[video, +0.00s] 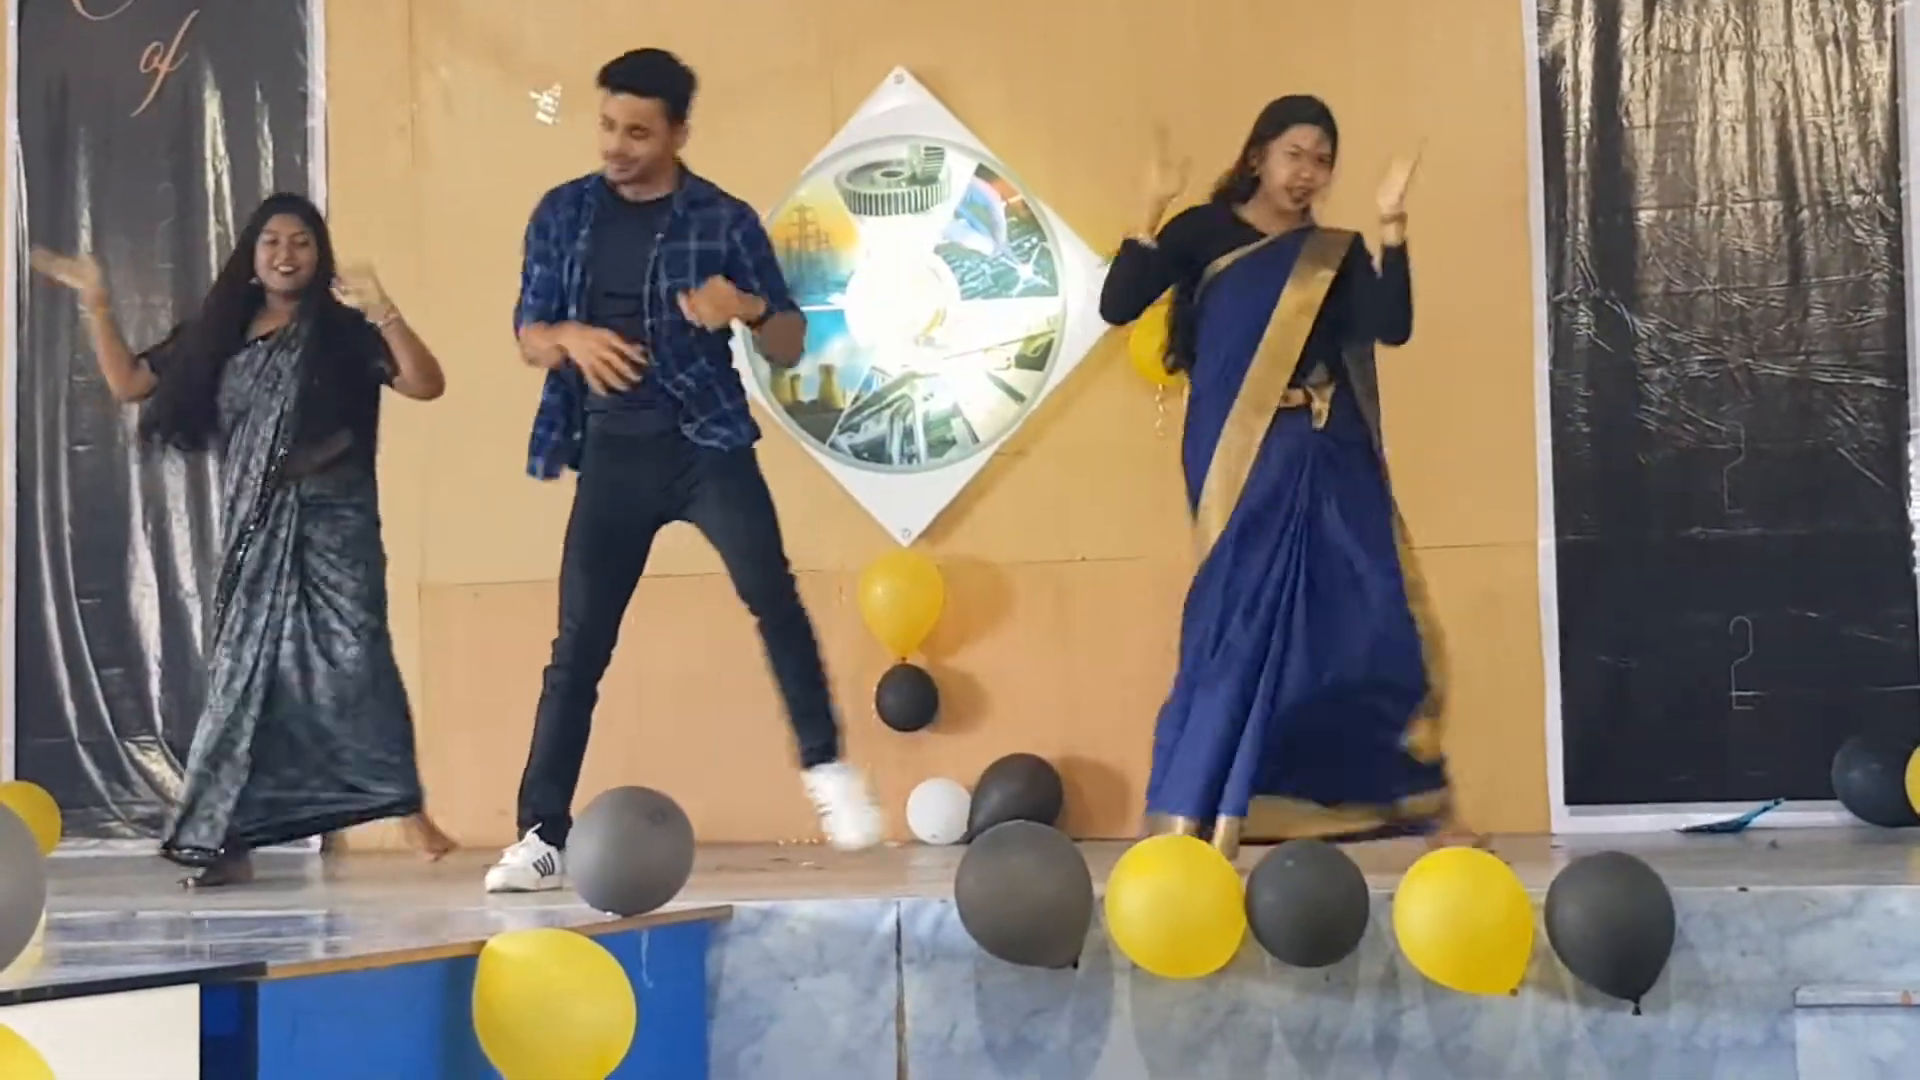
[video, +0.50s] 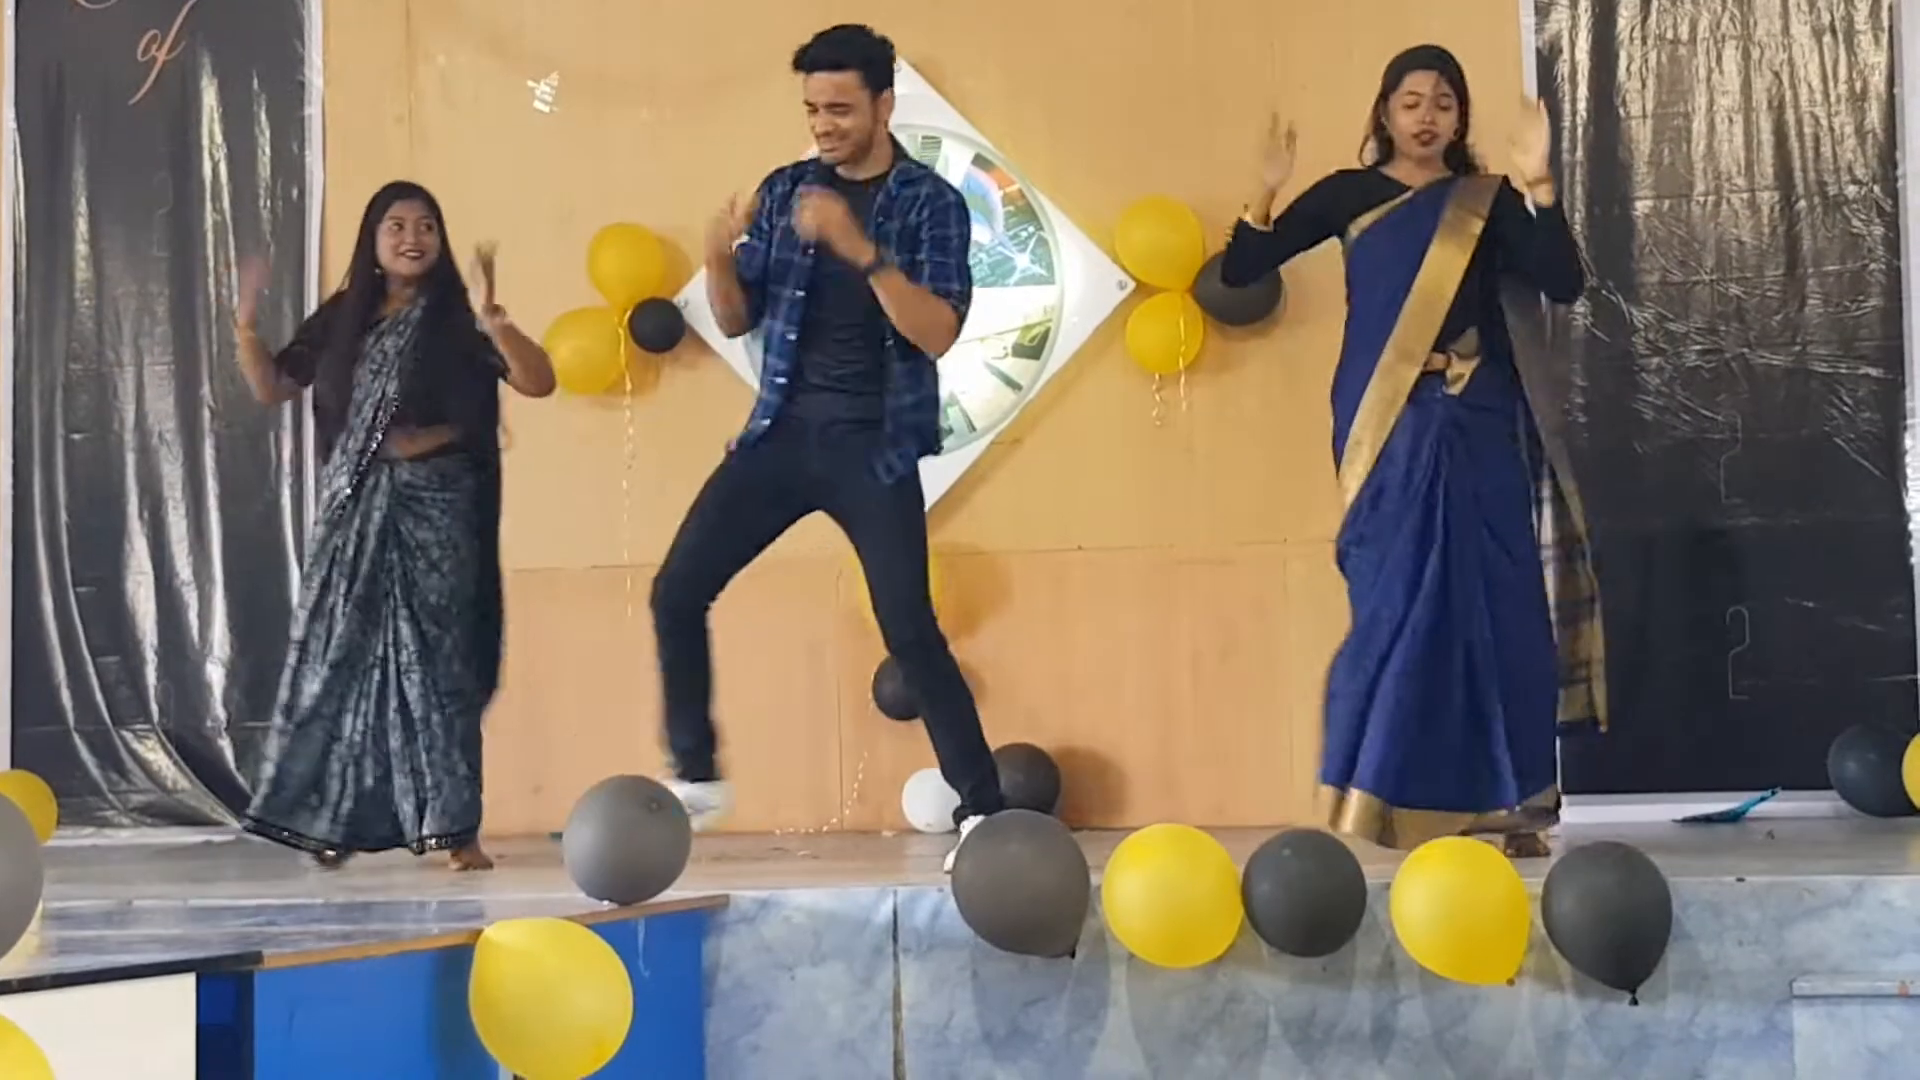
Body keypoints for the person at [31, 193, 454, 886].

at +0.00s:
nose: (284, 254)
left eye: (299, 242)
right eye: (271, 242)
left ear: (321, 256)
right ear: (251, 256)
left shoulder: (347, 331)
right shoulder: (227, 332)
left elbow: (427, 386)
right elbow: (130, 383)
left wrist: (386, 313)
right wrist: (96, 300)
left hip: (336, 518)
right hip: (256, 523)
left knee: (359, 663)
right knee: (240, 673)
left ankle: (412, 809)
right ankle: (226, 843)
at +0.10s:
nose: (311, 248)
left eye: (325, 237)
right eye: (296, 237)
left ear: (343, 250)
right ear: (274, 250)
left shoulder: (364, 323)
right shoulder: (246, 329)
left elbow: (446, 386)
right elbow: (162, 393)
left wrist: (416, 312)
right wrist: (149, 306)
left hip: (348, 516)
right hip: (268, 519)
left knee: (383, 661)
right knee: (256, 668)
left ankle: (452, 814)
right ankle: (229, 839)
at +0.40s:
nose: (396, 245)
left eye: (409, 235)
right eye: (382, 235)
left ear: (428, 251)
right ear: (358, 250)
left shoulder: (451, 325)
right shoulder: (334, 326)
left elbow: (515, 388)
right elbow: (249, 392)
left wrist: (496, 315)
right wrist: (229, 312)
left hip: (424, 509)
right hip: (343, 510)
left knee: (428, 662)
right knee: (297, 655)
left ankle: (459, 831)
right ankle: (267, 821)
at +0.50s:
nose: (412, 237)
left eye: (424, 227)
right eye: (397, 226)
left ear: (440, 240)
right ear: (373, 240)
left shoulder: (460, 317)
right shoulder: (345, 313)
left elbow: (540, 383)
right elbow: (271, 388)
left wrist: (499, 326)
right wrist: (246, 324)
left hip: (441, 496)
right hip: (360, 498)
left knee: (443, 656)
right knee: (347, 651)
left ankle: (453, 828)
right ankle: (340, 817)